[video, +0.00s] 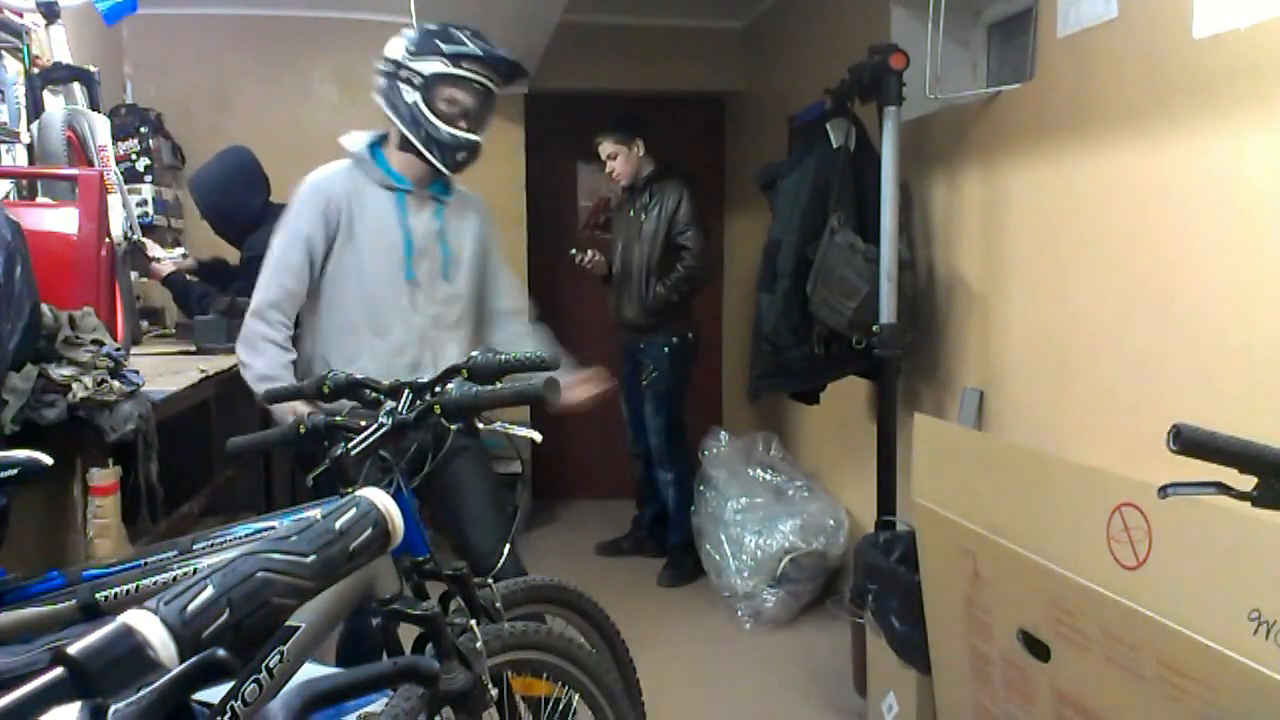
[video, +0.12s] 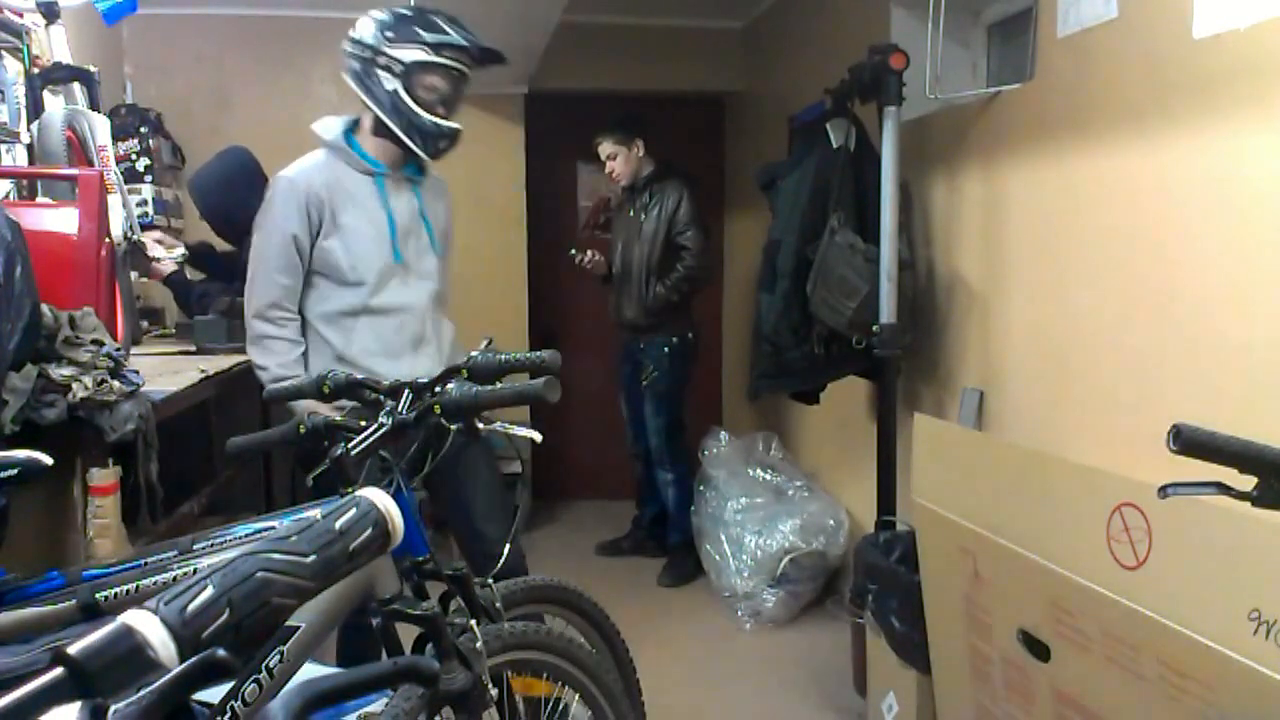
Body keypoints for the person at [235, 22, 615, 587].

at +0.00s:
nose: (462, 124)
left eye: (473, 111)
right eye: (450, 105)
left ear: (484, 116)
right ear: (406, 96)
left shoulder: (469, 215)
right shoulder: (330, 191)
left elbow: (505, 320)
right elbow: (266, 319)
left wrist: (559, 376)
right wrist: (287, 404)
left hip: (446, 425)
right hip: (350, 427)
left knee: (501, 573)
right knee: (358, 593)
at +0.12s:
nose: (444, 105)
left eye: (453, 92)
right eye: (432, 86)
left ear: (460, 95)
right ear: (383, 80)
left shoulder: (432, 188)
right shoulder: (304, 184)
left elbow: (428, 306)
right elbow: (269, 315)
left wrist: (461, 385)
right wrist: (304, 419)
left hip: (438, 407)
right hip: (348, 419)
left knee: (498, 554)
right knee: (361, 581)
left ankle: (529, 690)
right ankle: (363, 705)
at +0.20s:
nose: (432, 103)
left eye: (439, 89)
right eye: (420, 86)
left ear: (441, 90)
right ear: (370, 78)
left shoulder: (417, 187)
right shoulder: (298, 187)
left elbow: (437, 299)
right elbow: (273, 321)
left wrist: (502, 360)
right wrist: (325, 411)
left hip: (437, 401)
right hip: (352, 414)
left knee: (503, 549)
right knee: (362, 580)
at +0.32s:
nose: (415, 122)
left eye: (419, 108)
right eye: (405, 107)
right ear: (359, 97)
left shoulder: (409, 197)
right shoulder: (303, 199)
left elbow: (465, 281)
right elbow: (296, 333)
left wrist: (547, 315)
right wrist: (370, 383)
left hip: (428, 405)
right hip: (349, 417)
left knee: (503, 541)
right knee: (370, 580)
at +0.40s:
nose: (411, 117)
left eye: (413, 102)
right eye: (400, 101)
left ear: (359, 94)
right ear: (353, 94)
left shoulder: (396, 191)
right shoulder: (294, 201)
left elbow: (448, 300)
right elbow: (290, 345)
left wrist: (516, 347)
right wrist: (363, 406)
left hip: (441, 401)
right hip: (361, 417)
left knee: (495, 545)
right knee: (383, 579)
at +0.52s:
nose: (413, 105)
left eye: (414, 92)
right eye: (403, 91)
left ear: (365, 91)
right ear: (355, 89)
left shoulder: (393, 189)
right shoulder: (302, 198)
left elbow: (422, 298)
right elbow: (298, 335)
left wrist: (475, 352)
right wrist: (380, 396)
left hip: (446, 394)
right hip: (376, 412)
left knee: (497, 522)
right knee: (394, 570)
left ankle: (474, 649)